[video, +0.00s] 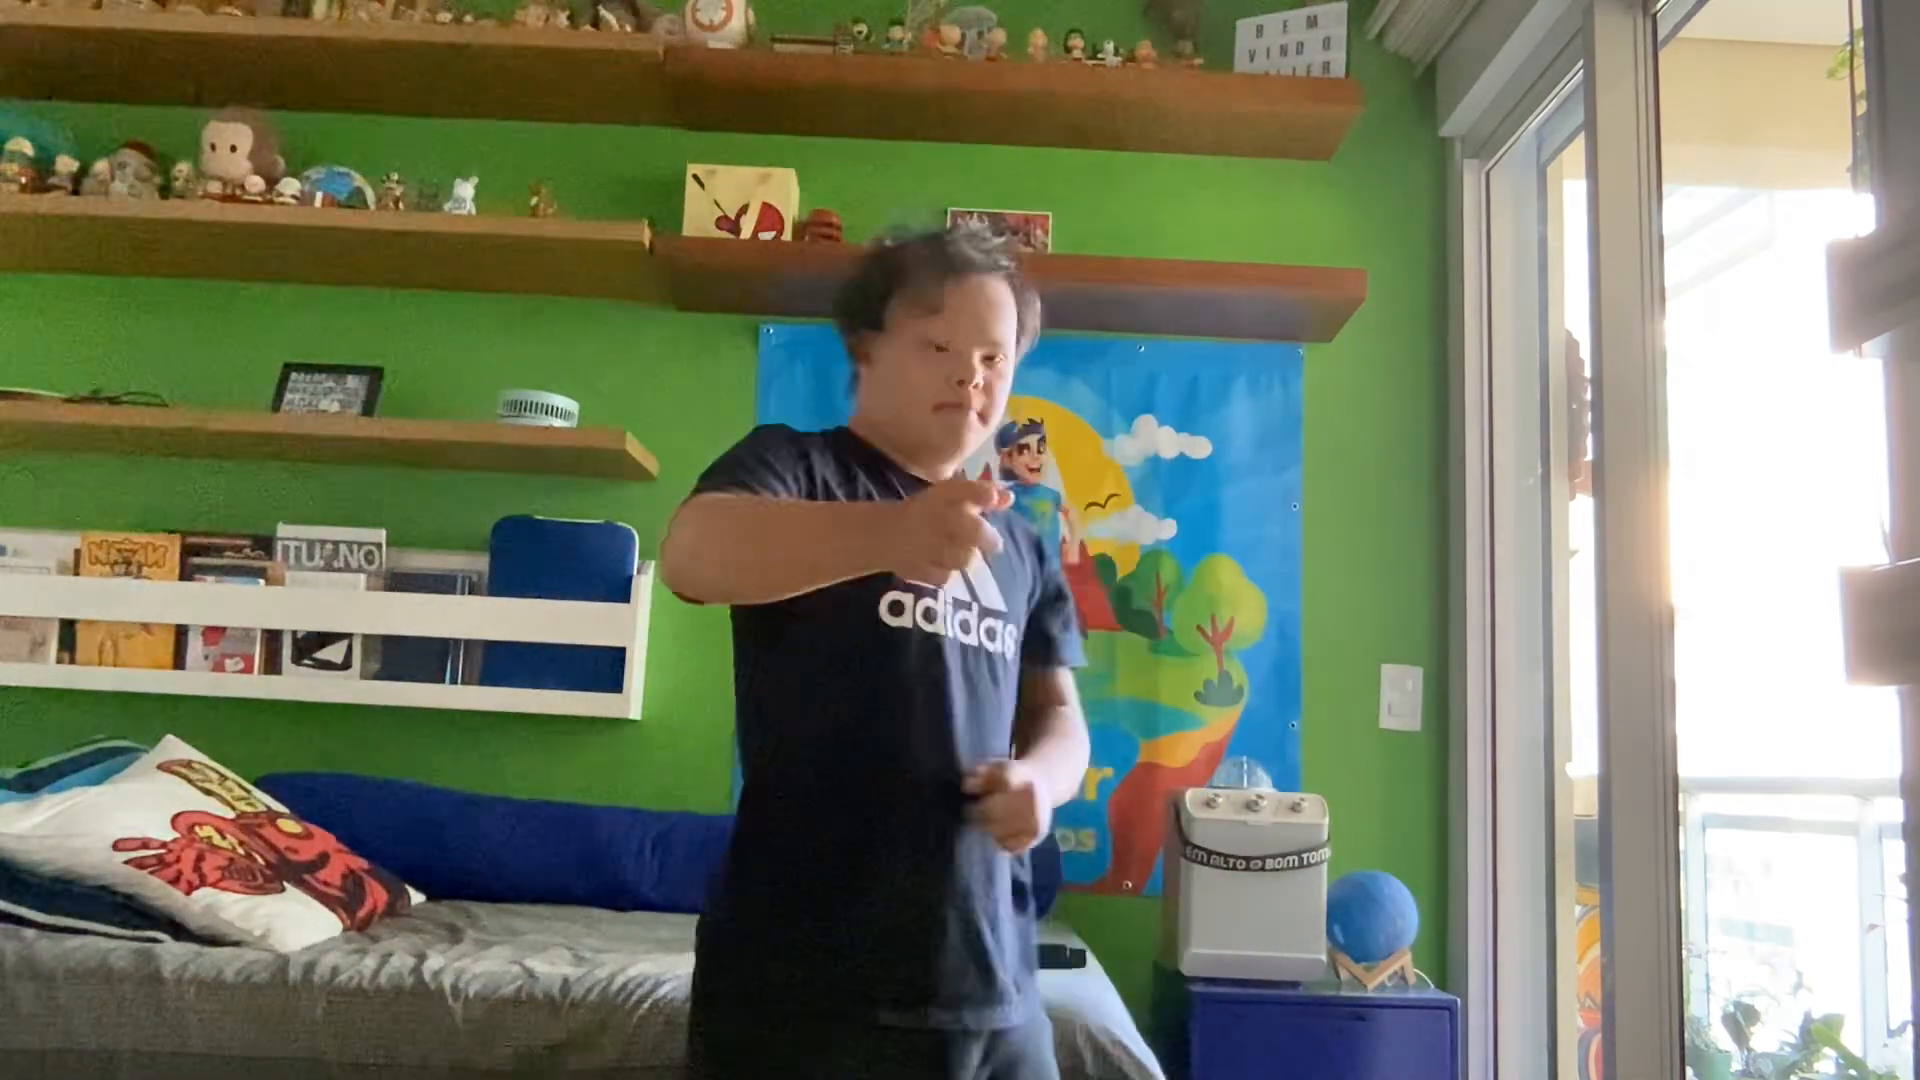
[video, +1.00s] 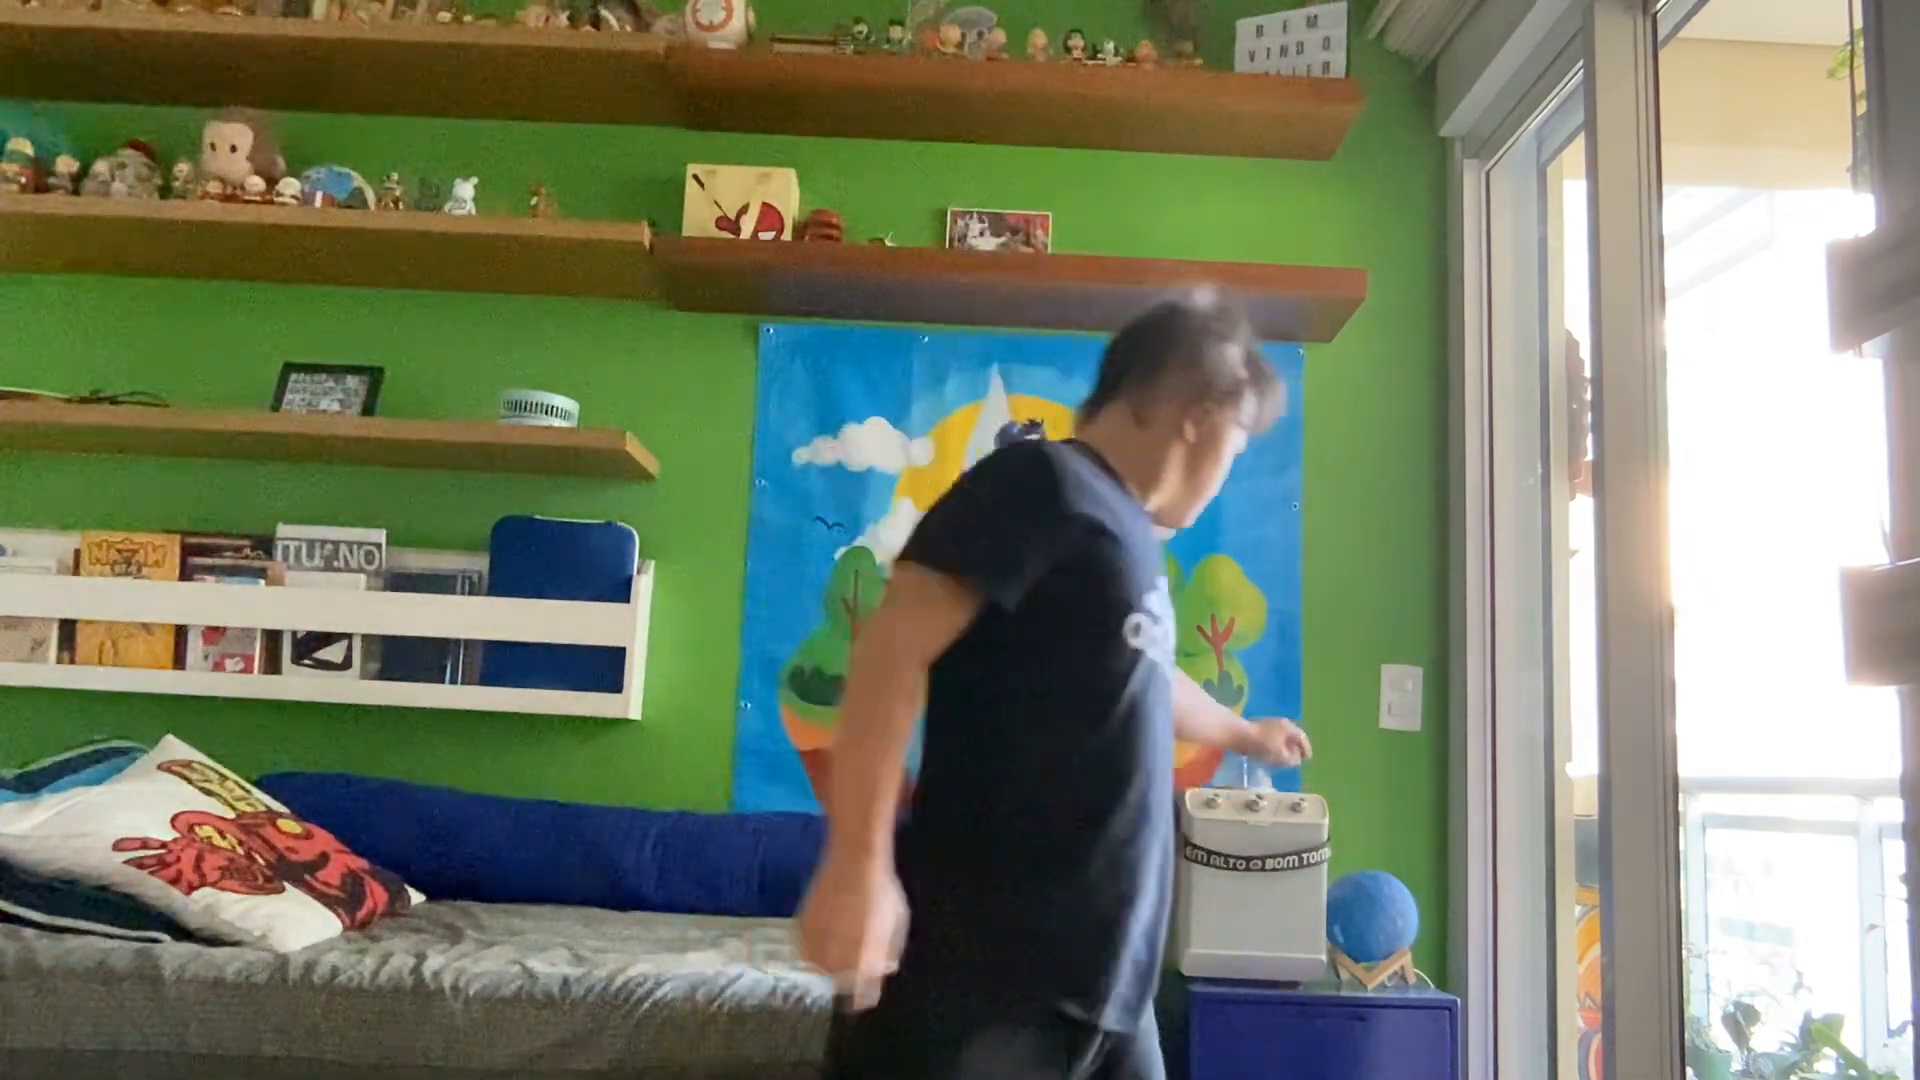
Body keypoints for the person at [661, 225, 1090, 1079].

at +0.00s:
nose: (970, 377)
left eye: (992, 358)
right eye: (939, 347)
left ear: (1012, 381)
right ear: (866, 349)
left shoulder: (1022, 542)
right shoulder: (792, 464)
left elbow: (1058, 717)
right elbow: (693, 554)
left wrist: (1040, 780)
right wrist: (890, 533)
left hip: (989, 993)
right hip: (801, 981)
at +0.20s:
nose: (991, 402)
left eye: (1001, 384)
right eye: (971, 375)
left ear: (1010, 391)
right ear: (873, 350)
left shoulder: (951, 531)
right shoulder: (793, 464)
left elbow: (971, 709)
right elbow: (721, 563)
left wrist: (1032, 775)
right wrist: (928, 565)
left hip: (986, 988)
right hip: (826, 990)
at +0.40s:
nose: (1008, 430)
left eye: (1015, 402)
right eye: (1006, 394)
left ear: (934, 363)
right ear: (926, 359)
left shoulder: (962, 551)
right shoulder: (791, 480)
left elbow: (958, 746)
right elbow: (686, 625)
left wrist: (1077, 799)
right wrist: (911, 661)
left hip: (994, 1006)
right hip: (831, 1011)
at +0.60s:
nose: (1018, 438)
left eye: (1028, 412)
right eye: (1022, 403)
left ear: (963, 372)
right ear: (955, 367)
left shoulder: (967, 553)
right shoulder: (804, 481)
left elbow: (970, 746)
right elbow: (682, 678)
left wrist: (1126, 788)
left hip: (999, 1009)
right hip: (834, 1017)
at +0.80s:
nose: (1113, 447)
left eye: (1123, 420)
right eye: (1118, 413)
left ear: (1052, 387)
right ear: (1063, 386)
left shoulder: (1031, 540)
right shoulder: (882, 484)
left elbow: (1064, 715)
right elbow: (763, 701)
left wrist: (1239, 753)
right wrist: (729, 928)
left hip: (1051, 998)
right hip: (895, 1006)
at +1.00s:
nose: (1226, 478)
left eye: (1238, 454)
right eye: (1236, 448)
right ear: (1194, 420)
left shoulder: (1128, 540)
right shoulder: (1036, 480)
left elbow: (1141, 678)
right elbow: (888, 647)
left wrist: (1239, 734)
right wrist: (857, 865)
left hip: (1108, 987)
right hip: (985, 984)